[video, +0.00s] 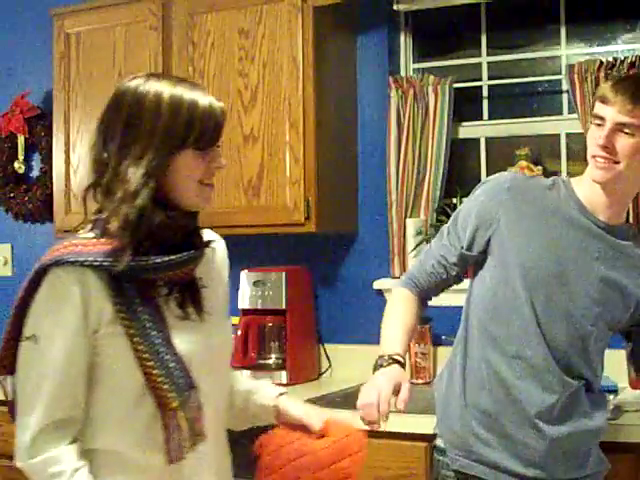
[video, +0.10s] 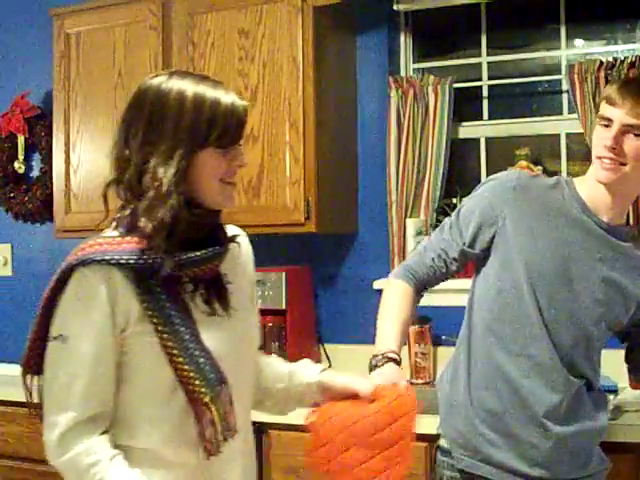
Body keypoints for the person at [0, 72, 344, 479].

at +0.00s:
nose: (218, 162)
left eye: (216, 147)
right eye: (202, 147)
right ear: (147, 152)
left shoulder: (211, 255)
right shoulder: (74, 277)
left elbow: (205, 390)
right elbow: (43, 445)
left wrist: (282, 406)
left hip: (210, 471)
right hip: (122, 471)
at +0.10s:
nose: (239, 162)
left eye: (238, 147)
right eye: (223, 147)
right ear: (169, 152)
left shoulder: (235, 249)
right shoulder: (101, 274)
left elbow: (235, 372)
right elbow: (74, 437)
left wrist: (322, 385)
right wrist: (127, 478)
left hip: (236, 469)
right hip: (150, 468)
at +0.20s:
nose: (258, 163)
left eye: (256, 147)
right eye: (241, 147)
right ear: (188, 151)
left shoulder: (256, 249)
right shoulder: (119, 273)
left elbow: (281, 369)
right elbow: (96, 432)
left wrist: (369, 362)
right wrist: (174, 476)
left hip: (255, 470)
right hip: (173, 470)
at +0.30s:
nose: (275, 158)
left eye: (275, 142)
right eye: (259, 143)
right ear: (206, 150)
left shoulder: (272, 247)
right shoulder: (137, 270)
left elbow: (310, 367)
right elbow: (110, 428)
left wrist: (405, 349)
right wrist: (219, 477)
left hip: (265, 471)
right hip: (176, 476)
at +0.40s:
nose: (291, 160)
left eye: (289, 143)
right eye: (275, 143)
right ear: (221, 149)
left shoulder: (285, 249)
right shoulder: (153, 269)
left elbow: (336, 363)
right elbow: (120, 428)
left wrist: (440, 347)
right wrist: (239, 478)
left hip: (277, 468)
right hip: (193, 474)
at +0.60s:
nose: (322, 156)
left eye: (320, 138)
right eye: (307, 138)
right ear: (253, 144)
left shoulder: (309, 247)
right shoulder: (186, 264)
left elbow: (355, 367)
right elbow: (147, 430)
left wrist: (466, 359)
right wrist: (243, 475)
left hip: (311, 464)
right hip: (236, 469)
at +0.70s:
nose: (335, 152)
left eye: (333, 134)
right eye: (317, 135)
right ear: (262, 140)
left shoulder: (317, 245)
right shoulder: (197, 262)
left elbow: (348, 379)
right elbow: (160, 427)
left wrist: (439, 395)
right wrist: (253, 477)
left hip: (328, 467)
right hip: (249, 469)